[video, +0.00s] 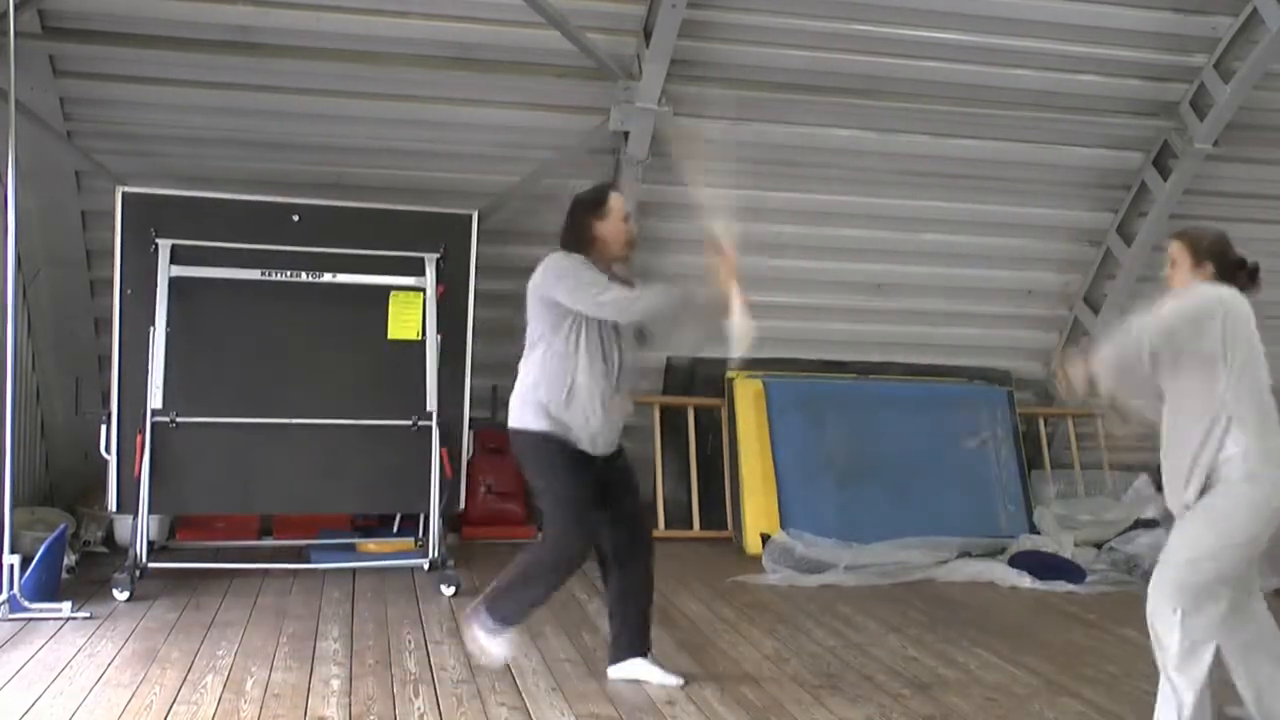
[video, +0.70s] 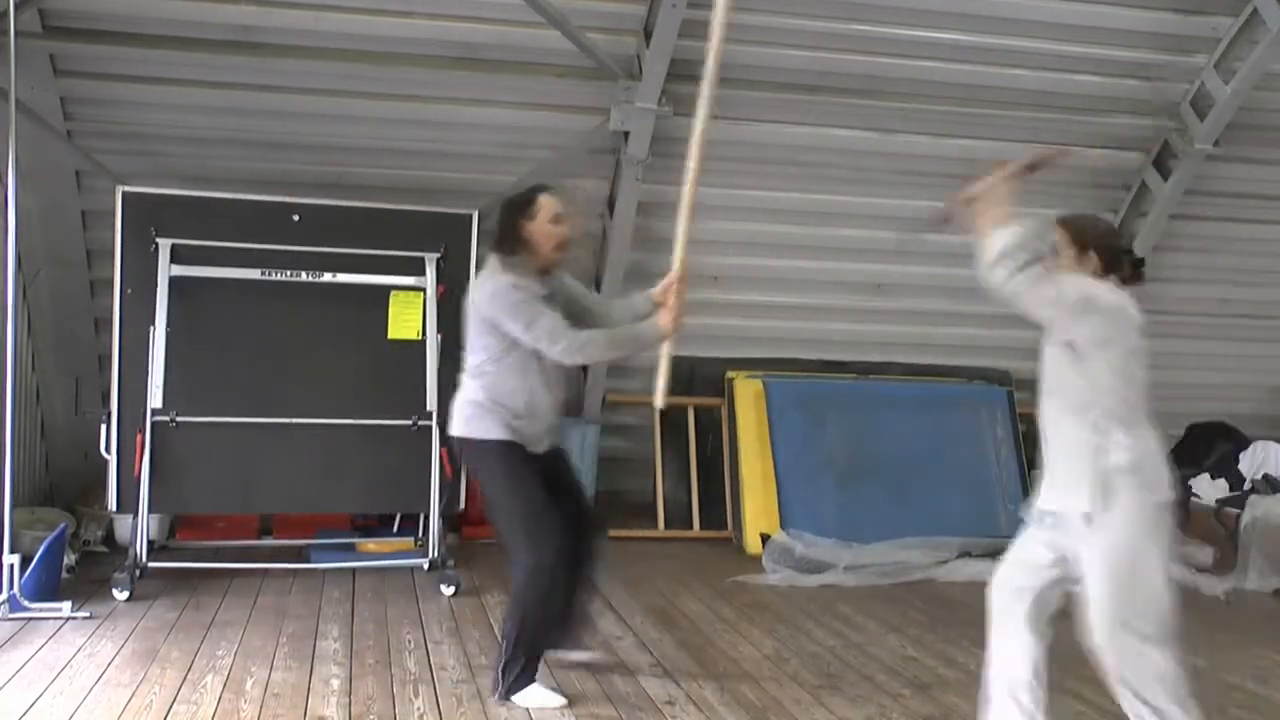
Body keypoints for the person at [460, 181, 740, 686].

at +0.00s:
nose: (631, 227)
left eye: (630, 218)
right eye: (622, 218)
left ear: (605, 228)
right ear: (592, 225)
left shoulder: (622, 291)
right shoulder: (557, 270)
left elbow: (666, 333)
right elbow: (627, 307)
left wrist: (721, 308)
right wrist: (703, 293)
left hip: (597, 435)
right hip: (544, 426)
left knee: (629, 539)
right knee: (572, 537)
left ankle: (629, 657)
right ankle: (490, 618)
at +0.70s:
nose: (565, 230)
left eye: (566, 221)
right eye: (554, 220)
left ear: (555, 230)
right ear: (521, 228)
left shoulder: (547, 281)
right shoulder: (496, 288)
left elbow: (602, 313)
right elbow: (568, 347)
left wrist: (653, 298)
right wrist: (655, 330)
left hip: (532, 435)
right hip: (488, 434)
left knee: (577, 529)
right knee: (542, 546)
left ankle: (559, 636)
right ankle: (515, 682)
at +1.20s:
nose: (466, 229)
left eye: (470, 221)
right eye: (459, 218)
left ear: (456, 226)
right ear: (433, 211)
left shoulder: (434, 268)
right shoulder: (398, 246)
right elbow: (428, 168)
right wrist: (390, 137)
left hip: (407, 410)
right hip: (384, 409)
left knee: (414, 529)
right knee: (414, 532)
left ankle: (378, 626)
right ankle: (388, 657)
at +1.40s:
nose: (418, 240)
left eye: (422, 228)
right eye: (412, 227)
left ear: (385, 222)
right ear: (387, 220)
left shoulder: (361, 255)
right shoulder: (354, 254)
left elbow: (423, 264)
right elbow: (436, 262)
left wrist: (446, 211)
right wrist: (472, 211)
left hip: (330, 417)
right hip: (305, 417)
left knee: (359, 518)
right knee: (344, 526)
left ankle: (357, 628)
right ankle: (304, 658)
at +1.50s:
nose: (397, 259)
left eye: (403, 250)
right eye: (392, 247)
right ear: (366, 239)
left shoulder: (338, 274)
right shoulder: (333, 278)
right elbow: (406, 316)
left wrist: (451, 281)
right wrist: (460, 282)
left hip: (301, 423)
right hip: (276, 424)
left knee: (339, 510)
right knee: (320, 525)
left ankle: (309, 613)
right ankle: (291, 662)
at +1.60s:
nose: (356, 278)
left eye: (360, 267)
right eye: (350, 266)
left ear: (329, 260)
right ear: (322, 257)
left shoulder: (309, 293)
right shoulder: (283, 297)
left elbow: (361, 339)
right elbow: (344, 361)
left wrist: (430, 344)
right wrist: (423, 369)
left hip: (258, 424)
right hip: (243, 425)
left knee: (275, 531)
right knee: (294, 537)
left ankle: (189, 603)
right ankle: (295, 667)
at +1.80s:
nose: (299, 277)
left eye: (303, 268)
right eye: (295, 266)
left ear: (276, 257)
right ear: (270, 254)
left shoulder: (255, 280)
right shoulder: (229, 287)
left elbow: (325, 293)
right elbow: (285, 352)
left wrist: (375, 330)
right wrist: (356, 335)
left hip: (207, 423)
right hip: (175, 422)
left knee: (221, 526)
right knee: (211, 527)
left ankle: (168, 622)